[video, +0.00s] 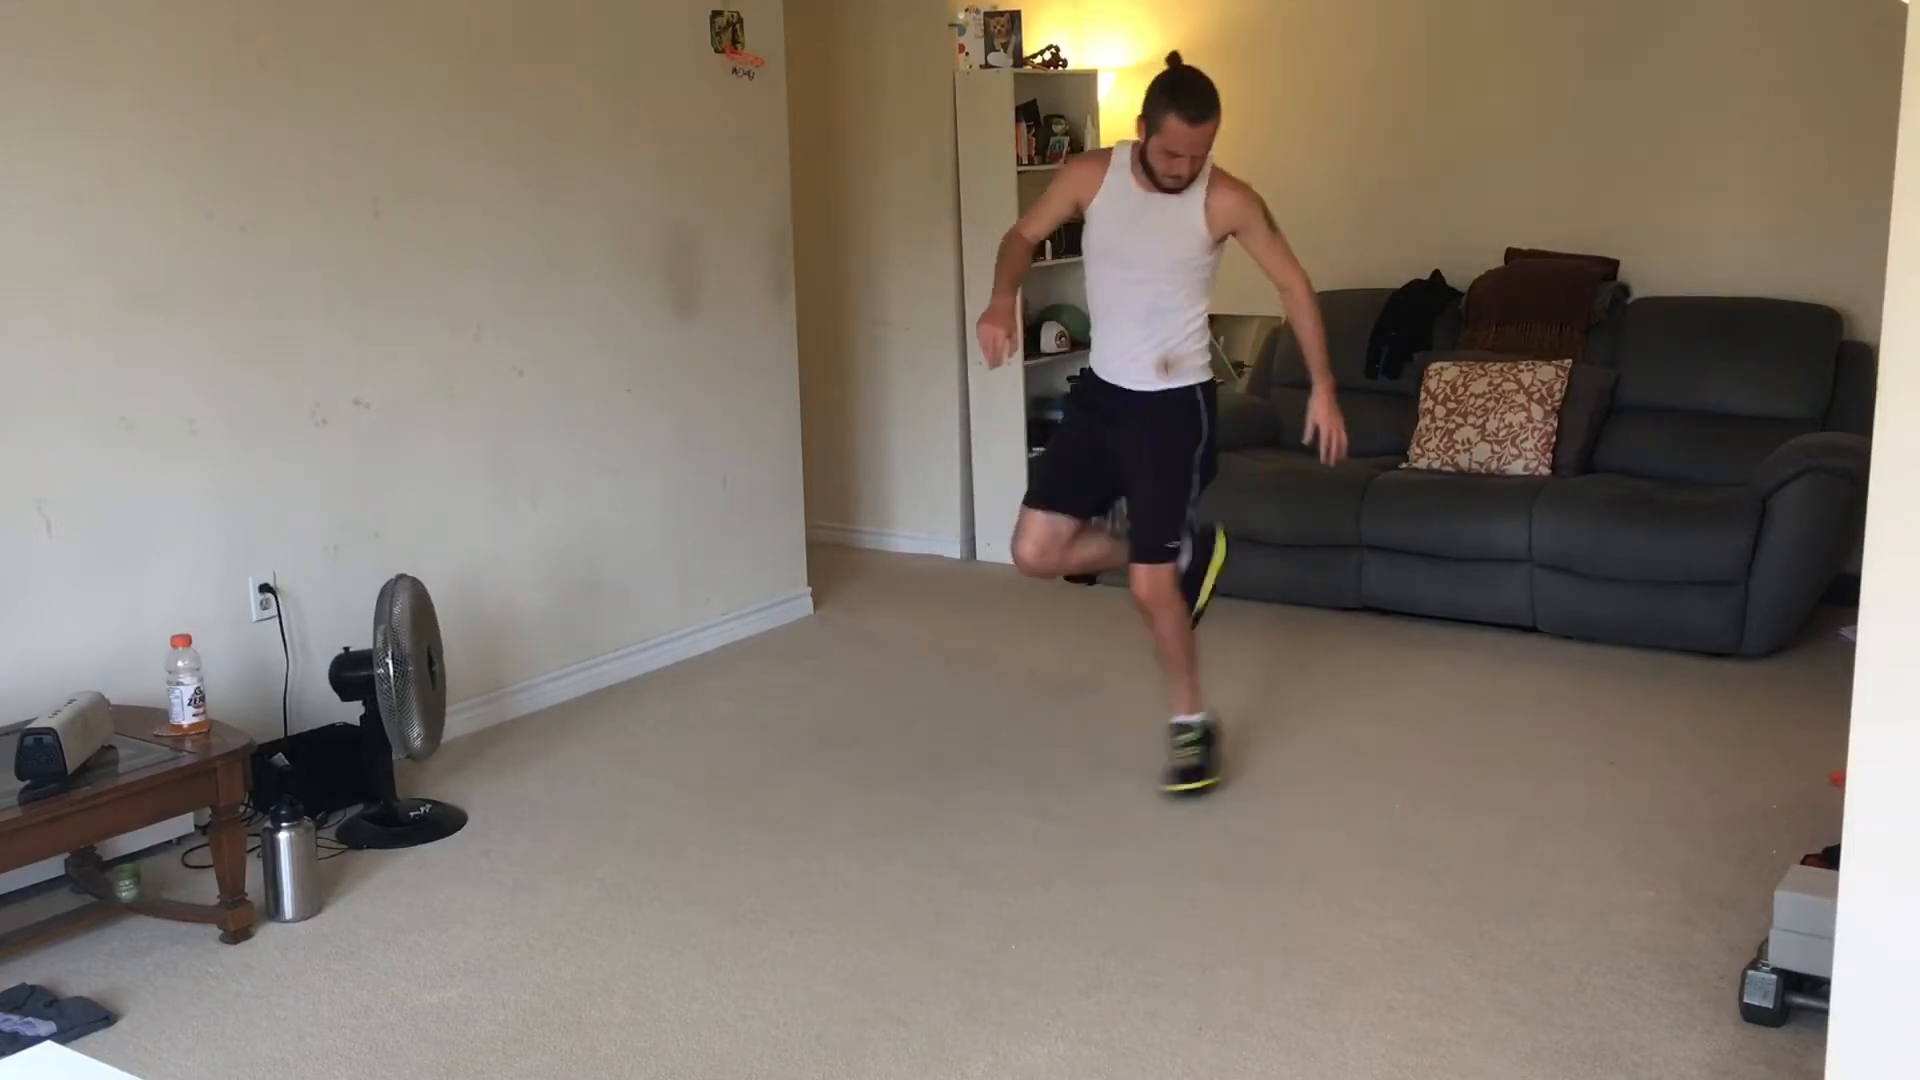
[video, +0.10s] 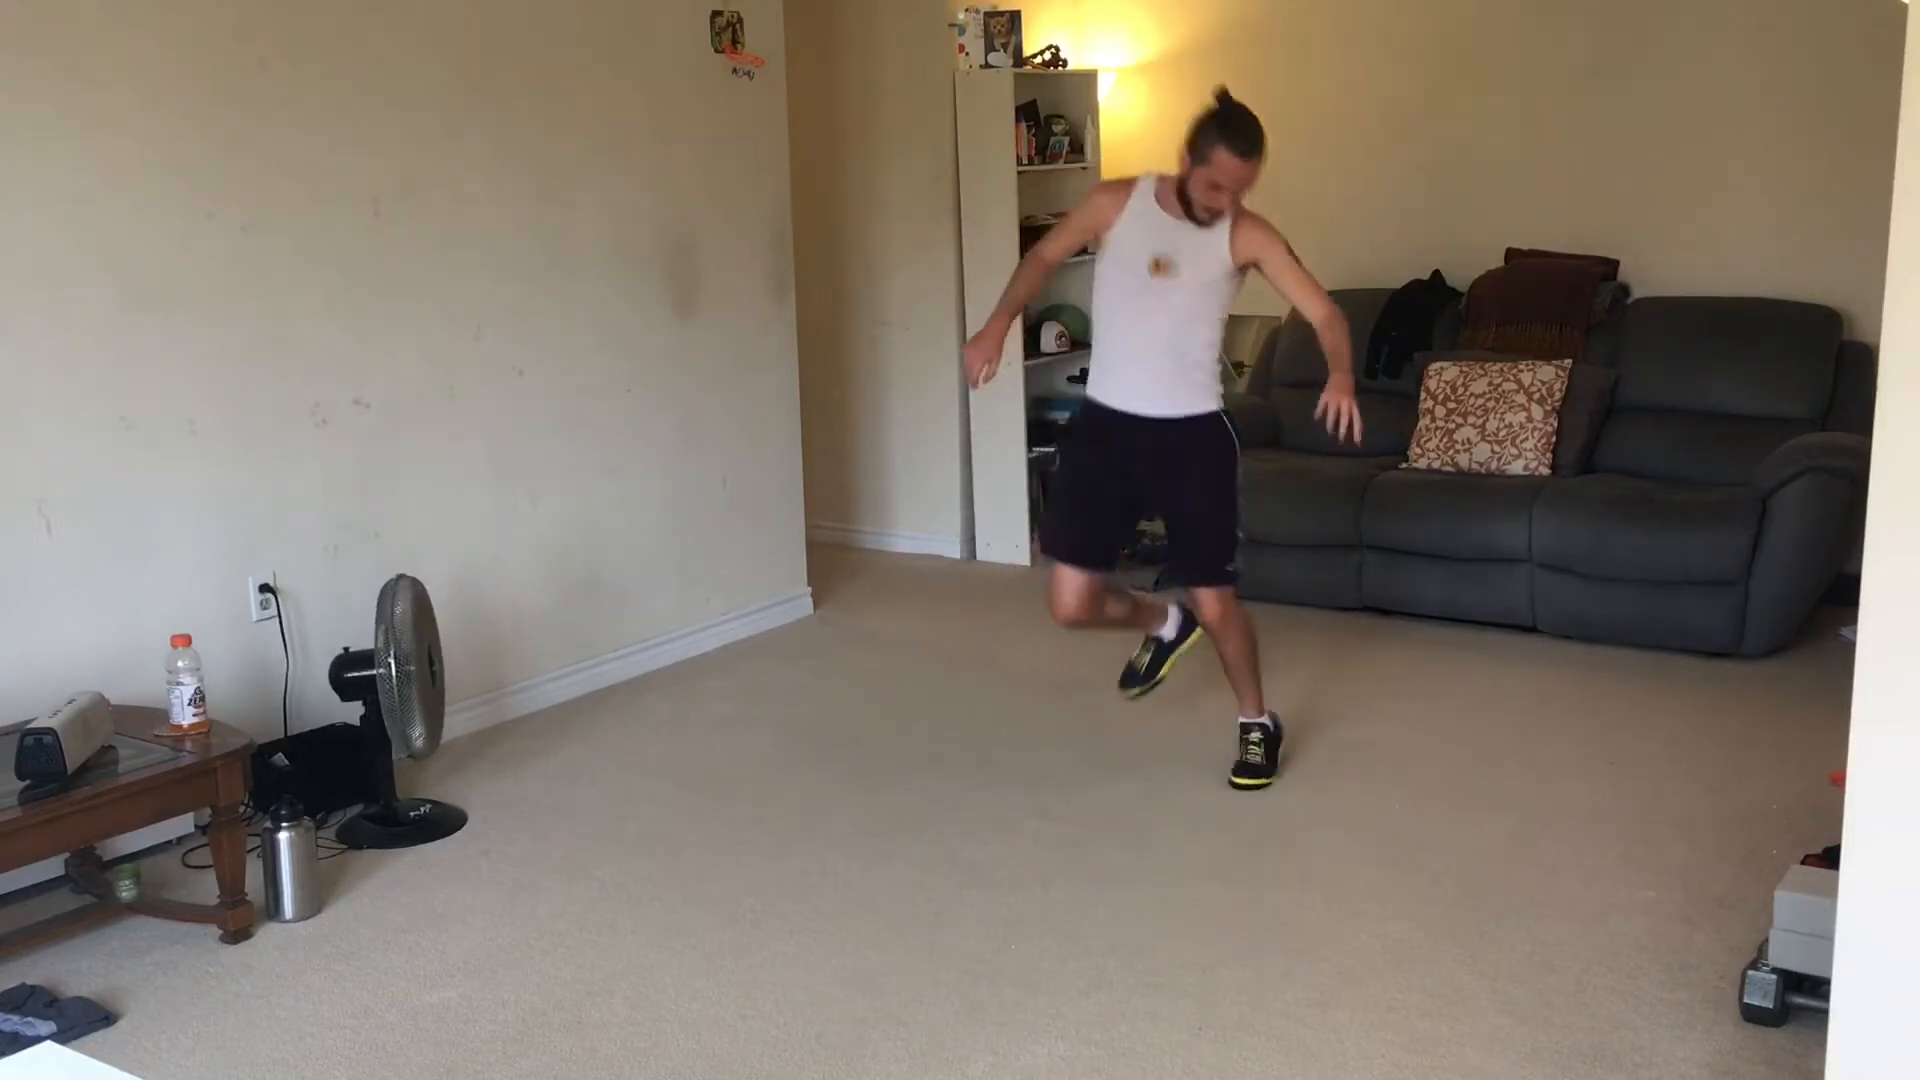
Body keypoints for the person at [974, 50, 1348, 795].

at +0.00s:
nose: (1182, 166)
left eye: (1195, 154)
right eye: (1170, 152)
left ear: (1213, 138)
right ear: (1143, 129)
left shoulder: (1228, 201)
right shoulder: (1090, 175)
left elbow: (1295, 288)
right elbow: (1024, 236)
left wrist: (1323, 387)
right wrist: (1001, 299)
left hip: (1174, 406)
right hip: (1098, 395)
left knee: (1153, 583)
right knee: (1037, 551)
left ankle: (1189, 724)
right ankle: (1181, 556)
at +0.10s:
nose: (1224, 200)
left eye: (1238, 190)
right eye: (1214, 184)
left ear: (1252, 177)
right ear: (1187, 159)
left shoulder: (1249, 236)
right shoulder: (1116, 203)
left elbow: (1325, 314)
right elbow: (1041, 261)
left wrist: (1342, 378)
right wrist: (997, 324)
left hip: (1195, 436)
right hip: (1105, 426)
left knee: (1212, 601)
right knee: (1070, 604)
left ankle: (1256, 721)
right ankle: (1167, 620)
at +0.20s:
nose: (1246, 286)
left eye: (1258, 279)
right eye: (1242, 274)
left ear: (1270, 255)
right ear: (1215, 238)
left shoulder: (1259, 276)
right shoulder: (1126, 256)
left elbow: (1325, 328)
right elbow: (1040, 297)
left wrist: (1339, 344)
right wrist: (978, 375)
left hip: (1207, 464)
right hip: (1120, 464)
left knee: (1234, 620)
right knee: (1099, 637)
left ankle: (1248, 727)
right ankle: (1146, 657)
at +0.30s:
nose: (1187, 306)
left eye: (1194, 297)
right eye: (1175, 300)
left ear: (1206, 267)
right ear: (1145, 273)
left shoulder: (1239, 270)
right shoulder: (1100, 283)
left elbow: (1332, 312)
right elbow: (1008, 337)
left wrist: (1377, 365)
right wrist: (934, 398)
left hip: (1222, 464)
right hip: (1133, 467)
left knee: (1236, 616)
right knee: (1093, 627)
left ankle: (1248, 726)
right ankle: (1146, 701)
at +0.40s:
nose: (1095, 297)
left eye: (1097, 281)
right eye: (1081, 293)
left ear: (1116, 245)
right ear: (1067, 275)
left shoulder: (1192, 255)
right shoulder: (1078, 284)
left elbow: (1316, 290)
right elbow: (1009, 349)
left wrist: (1429, 327)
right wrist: (968, 381)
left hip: (1221, 446)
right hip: (1150, 444)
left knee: (1147, 599)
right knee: (1087, 599)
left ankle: (1226, 707)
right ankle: (1147, 709)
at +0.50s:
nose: (1088, 263)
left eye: (1088, 246)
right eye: (1073, 257)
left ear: (1107, 209)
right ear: (1060, 245)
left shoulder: (1188, 225)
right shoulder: (1081, 263)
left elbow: (1311, 232)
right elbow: (1026, 331)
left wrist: (1425, 241)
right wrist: (992, 369)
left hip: (1215, 427)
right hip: (1160, 422)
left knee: (1060, 512)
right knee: (1102, 561)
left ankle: (1101, 649)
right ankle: (1149, 705)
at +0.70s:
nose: (1114, 202)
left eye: (1122, 187)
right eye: (1100, 193)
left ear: (1147, 154)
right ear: (1086, 176)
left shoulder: (1204, 191)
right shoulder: (1086, 191)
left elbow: (1294, 253)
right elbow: (1009, 211)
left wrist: (1324, 358)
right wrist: (955, 254)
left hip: (1211, 354)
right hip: (1143, 358)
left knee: (1086, 429)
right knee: (1120, 523)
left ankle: (1072, 605)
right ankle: (1145, 682)